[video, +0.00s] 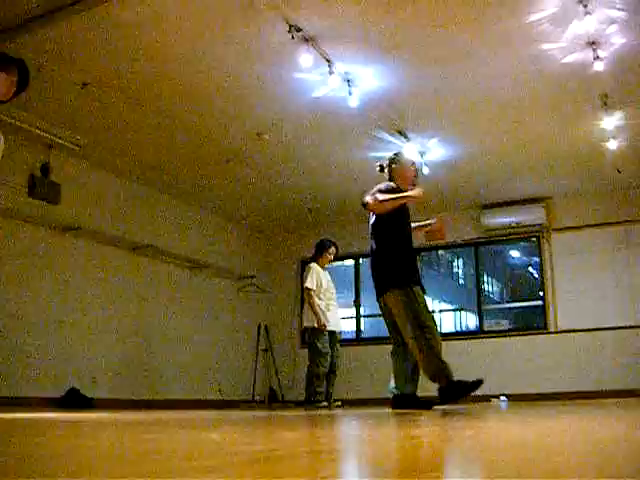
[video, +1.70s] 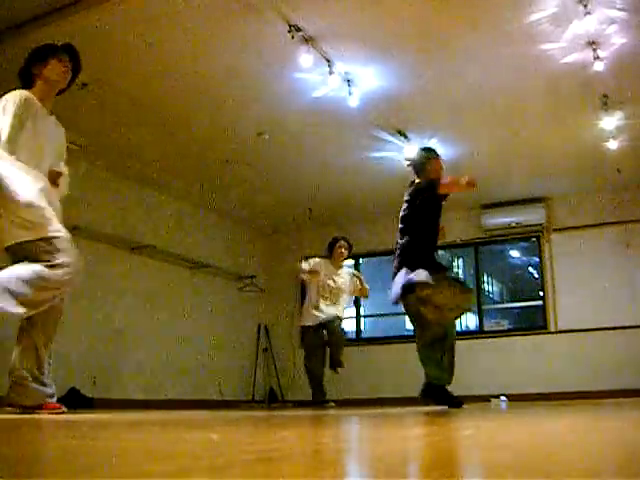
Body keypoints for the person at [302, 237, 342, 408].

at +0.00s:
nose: (331, 258)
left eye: (333, 255)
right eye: (329, 253)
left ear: (332, 256)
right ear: (320, 252)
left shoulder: (324, 272)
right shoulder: (313, 268)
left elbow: (326, 297)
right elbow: (309, 293)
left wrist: (333, 319)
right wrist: (319, 317)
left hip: (332, 323)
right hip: (319, 323)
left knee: (332, 363)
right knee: (320, 362)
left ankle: (328, 396)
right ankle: (314, 396)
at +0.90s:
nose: (341, 255)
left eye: (343, 252)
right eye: (338, 251)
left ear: (345, 256)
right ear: (330, 253)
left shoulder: (337, 277)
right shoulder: (320, 270)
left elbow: (339, 299)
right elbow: (318, 295)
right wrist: (329, 322)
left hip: (326, 320)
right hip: (311, 318)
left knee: (325, 360)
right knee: (312, 359)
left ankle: (322, 396)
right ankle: (310, 396)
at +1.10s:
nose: (343, 253)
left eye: (344, 250)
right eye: (340, 250)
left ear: (343, 254)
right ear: (331, 252)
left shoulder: (339, 276)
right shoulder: (321, 270)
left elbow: (340, 300)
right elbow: (313, 295)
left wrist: (349, 312)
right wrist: (318, 321)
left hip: (326, 321)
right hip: (311, 320)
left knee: (326, 360)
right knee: (312, 359)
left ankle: (324, 395)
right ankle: (308, 396)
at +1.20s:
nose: (344, 253)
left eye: (345, 250)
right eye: (341, 250)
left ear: (345, 254)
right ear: (332, 252)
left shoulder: (340, 275)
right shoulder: (322, 269)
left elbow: (335, 297)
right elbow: (307, 285)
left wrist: (344, 307)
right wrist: (304, 307)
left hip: (328, 320)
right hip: (314, 318)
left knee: (328, 359)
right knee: (316, 356)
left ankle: (324, 395)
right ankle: (309, 395)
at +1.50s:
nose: (344, 253)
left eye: (346, 251)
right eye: (340, 250)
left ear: (347, 255)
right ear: (332, 253)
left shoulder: (342, 280)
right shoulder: (322, 269)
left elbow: (338, 304)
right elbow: (306, 291)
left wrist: (351, 292)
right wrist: (298, 313)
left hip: (329, 324)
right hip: (315, 320)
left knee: (338, 356)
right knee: (329, 356)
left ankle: (323, 395)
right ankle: (321, 397)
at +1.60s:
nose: (341, 255)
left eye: (343, 252)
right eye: (337, 251)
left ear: (346, 257)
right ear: (329, 254)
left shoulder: (346, 278)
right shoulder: (318, 271)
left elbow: (357, 298)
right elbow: (303, 288)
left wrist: (356, 279)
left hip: (336, 324)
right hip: (315, 322)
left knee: (350, 355)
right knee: (324, 356)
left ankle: (335, 379)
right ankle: (322, 397)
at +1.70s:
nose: (342, 251)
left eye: (345, 249)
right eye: (339, 247)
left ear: (348, 253)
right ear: (332, 250)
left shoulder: (349, 274)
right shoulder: (318, 263)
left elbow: (364, 294)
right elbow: (299, 268)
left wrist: (361, 283)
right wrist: (307, 272)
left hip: (333, 314)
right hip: (312, 314)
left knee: (336, 333)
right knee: (314, 359)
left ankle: (336, 362)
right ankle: (319, 397)